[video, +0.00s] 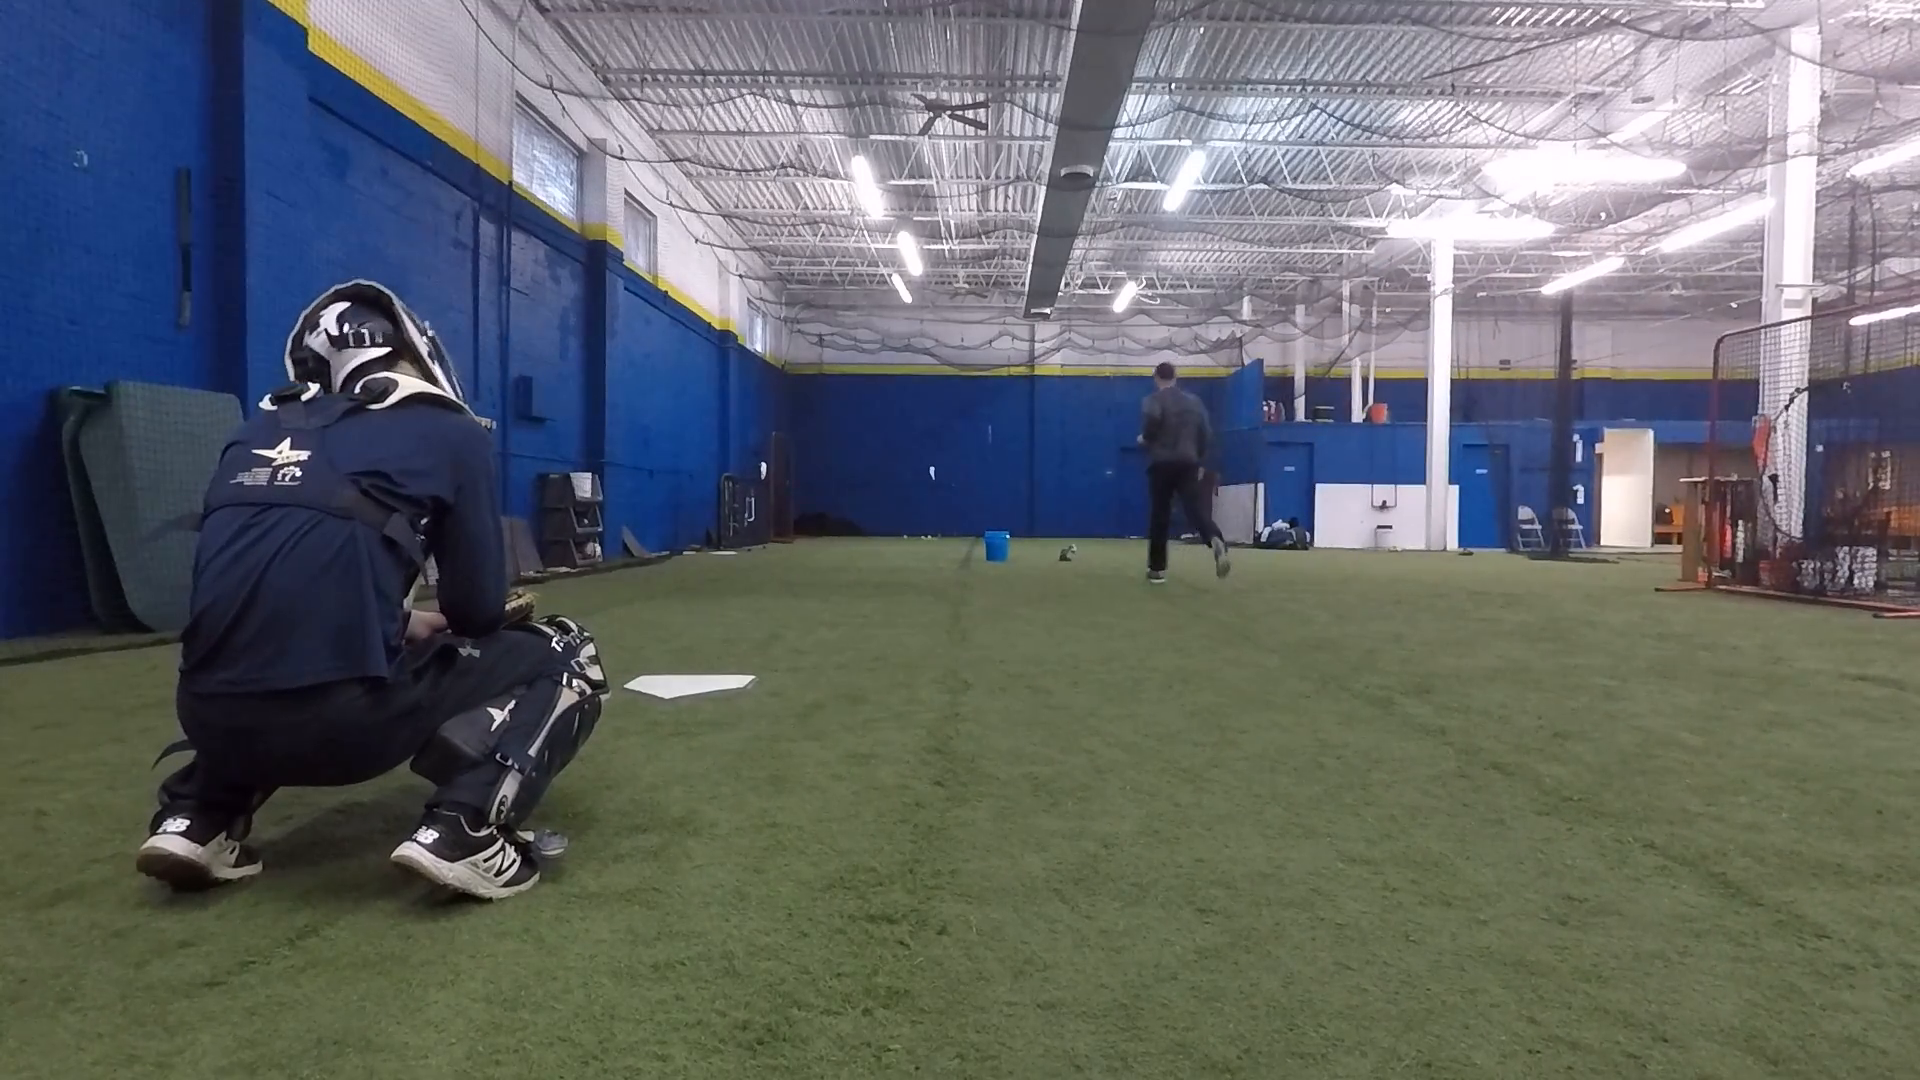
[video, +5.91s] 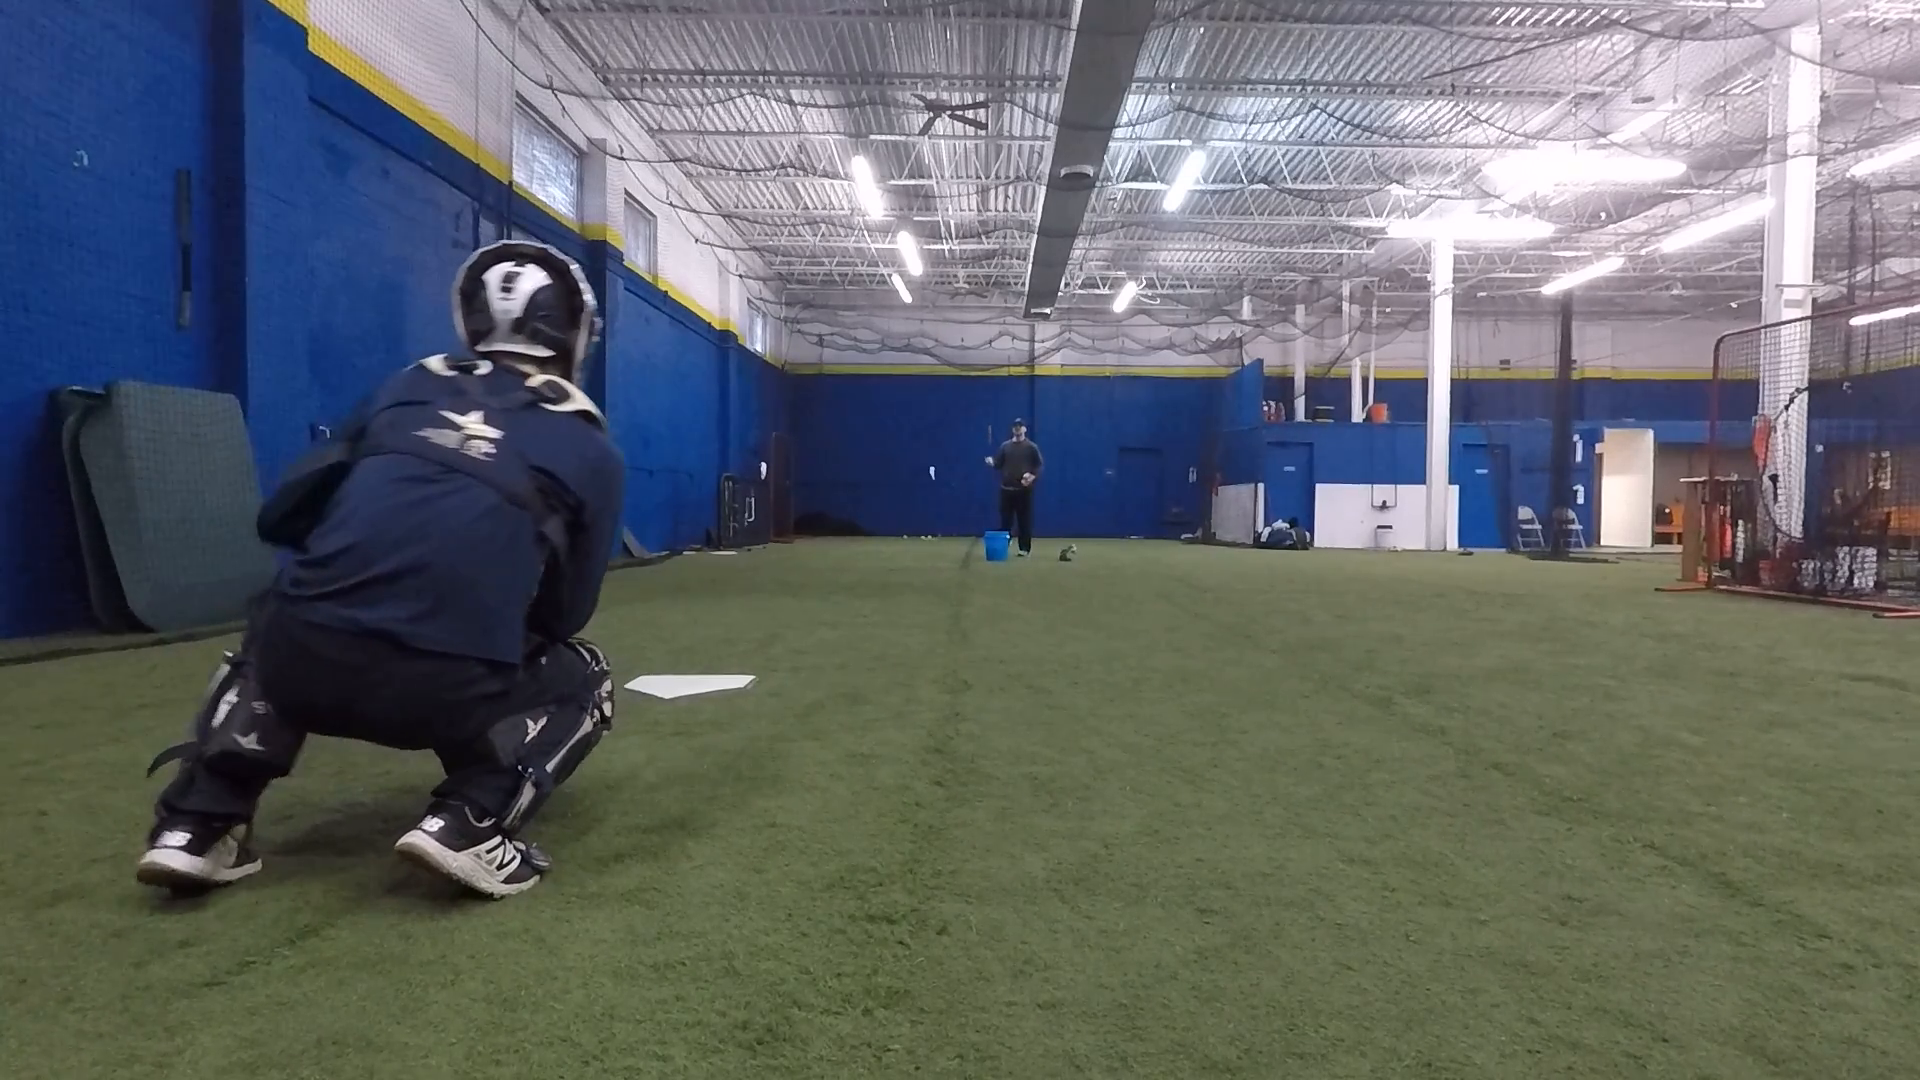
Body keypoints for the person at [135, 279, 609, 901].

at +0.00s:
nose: (435, 356)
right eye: (426, 346)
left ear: (306, 371)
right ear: (414, 353)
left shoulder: (255, 430)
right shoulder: (450, 430)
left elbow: (256, 588)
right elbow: (479, 610)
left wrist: (404, 623)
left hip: (219, 722)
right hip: (347, 724)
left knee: (277, 630)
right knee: (568, 654)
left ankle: (197, 817)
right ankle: (464, 827)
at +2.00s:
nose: (476, 368)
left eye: (475, 350)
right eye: (468, 348)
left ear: (360, 352)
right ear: (436, 346)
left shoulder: (276, 423)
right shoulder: (449, 437)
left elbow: (264, 586)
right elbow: (472, 613)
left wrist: (400, 624)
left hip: (221, 722)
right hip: (345, 725)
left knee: (286, 630)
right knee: (566, 659)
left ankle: (196, 816)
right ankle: (466, 825)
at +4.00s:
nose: (488, 348)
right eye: (483, 334)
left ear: (369, 338)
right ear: (472, 342)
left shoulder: (295, 415)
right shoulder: (502, 439)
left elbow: (259, 554)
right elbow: (513, 598)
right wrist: (448, 636)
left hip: (252, 685)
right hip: (397, 693)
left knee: (283, 629)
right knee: (572, 665)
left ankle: (202, 827)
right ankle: (459, 823)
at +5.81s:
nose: (566, 342)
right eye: (562, 327)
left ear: (448, 330)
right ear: (550, 335)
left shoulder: (375, 396)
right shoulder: (567, 442)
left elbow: (278, 540)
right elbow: (556, 612)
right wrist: (463, 606)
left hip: (289, 670)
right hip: (430, 691)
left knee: (291, 631)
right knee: (589, 674)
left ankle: (205, 821)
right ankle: (462, 821)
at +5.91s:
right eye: (583, 323)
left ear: (470, 323)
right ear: (575, 335)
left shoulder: (409, 384)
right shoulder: (593, 452)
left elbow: (285, 512)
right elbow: (563, 616)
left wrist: (372, 550)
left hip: (305, 661)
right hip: (447, 688)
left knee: (280, 623)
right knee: (581, 678)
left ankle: (195, 821)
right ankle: (470, 820)